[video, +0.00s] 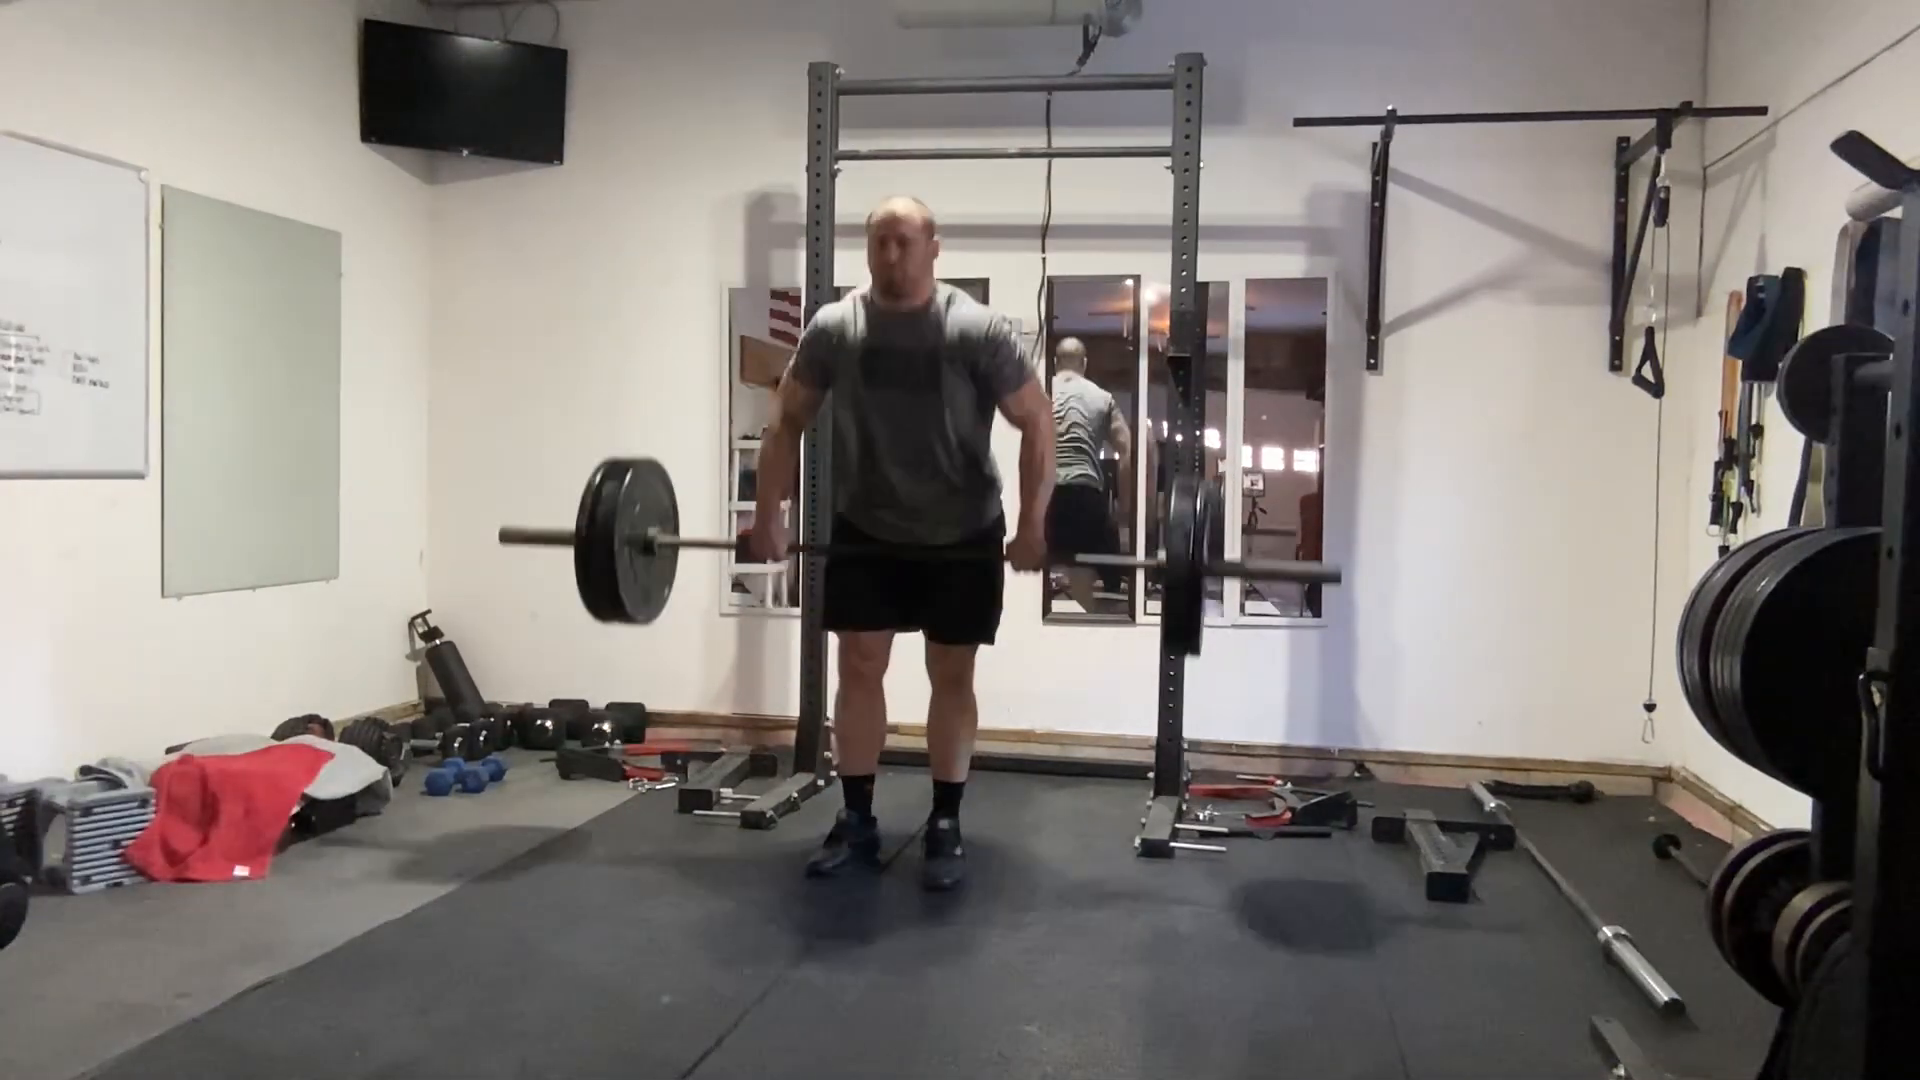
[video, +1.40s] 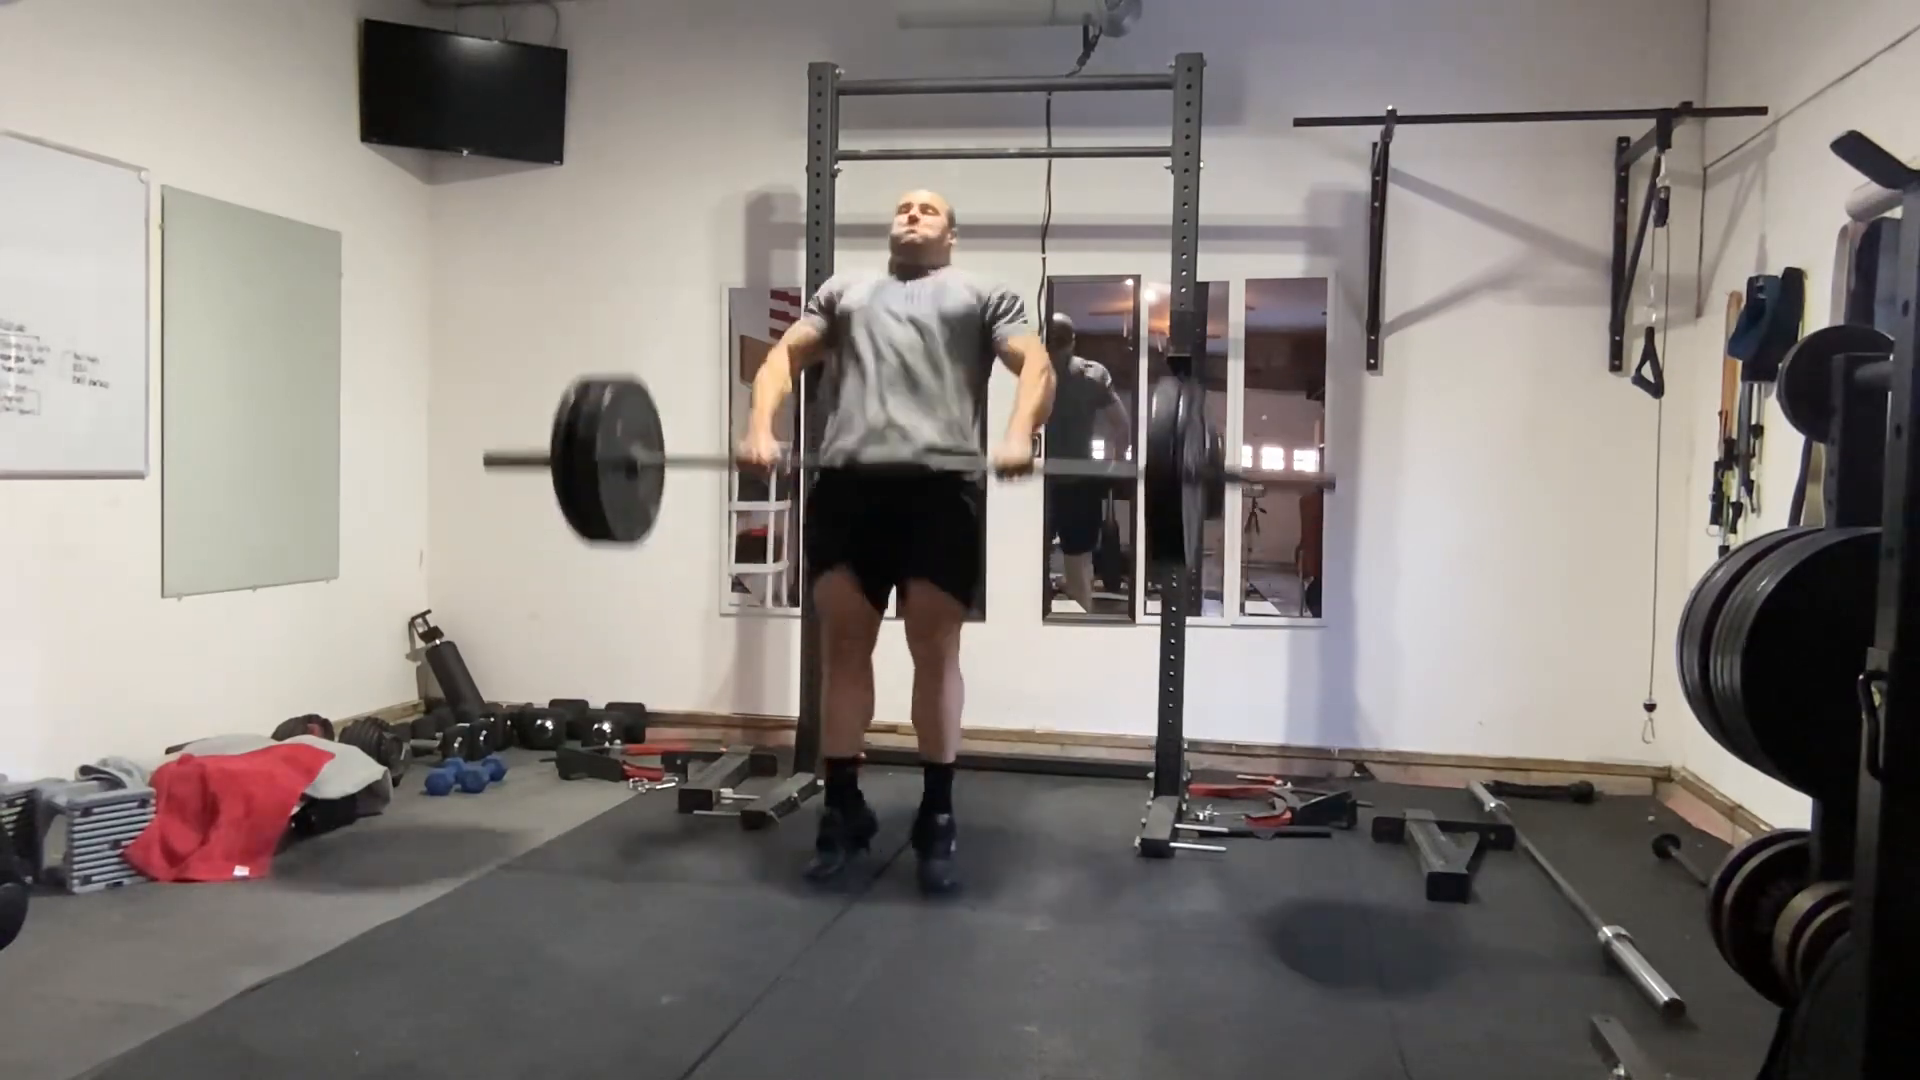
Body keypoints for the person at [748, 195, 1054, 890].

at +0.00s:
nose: (890, 254)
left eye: (902, 241)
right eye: (880, 242)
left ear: (934, 249)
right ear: (867, 252)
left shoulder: (977, 331)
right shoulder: (834, 330)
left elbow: (1038, 422)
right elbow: (787, 424)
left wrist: (1032, 525)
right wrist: (765, 517)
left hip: (959, 536)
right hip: (864, 533)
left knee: (952, 676)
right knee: (859, 668)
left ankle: (944, 830)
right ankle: (856, 826)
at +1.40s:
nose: (912, 216)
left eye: (926, 211)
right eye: (903, 211)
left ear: (950, 237)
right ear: (888, 235)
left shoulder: (979, 295)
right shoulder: (847, 292)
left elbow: (1037, 362)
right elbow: (782, 354)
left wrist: (1021, 431)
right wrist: (760, 425)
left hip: (940, 482)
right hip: (847, 480)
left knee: (934, 646)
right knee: (844, 647)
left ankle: (938, 816)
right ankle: (842, 808)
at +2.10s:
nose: (893, 254)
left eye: (908, 246)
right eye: (885, 244)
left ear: (936, 262)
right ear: (871, 258)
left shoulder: (954, 324)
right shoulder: (835, 322)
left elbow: (981, 359)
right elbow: (765, 360)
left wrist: (1007, 302)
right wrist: (770, 297)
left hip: (934, 529)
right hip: (842, 528)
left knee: (937, 684)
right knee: (824, 681)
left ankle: (934, 832)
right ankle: (857, 830)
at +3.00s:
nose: (907, 208)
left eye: (921, 206)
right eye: (896, 205)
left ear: (943, 235)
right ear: (877, 229)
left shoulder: (957, 292)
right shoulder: (835, 283)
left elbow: (1026, 263)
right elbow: (746, 271)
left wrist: (1026, 173)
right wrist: (757, 187)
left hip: (932, 488)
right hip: (845, 489)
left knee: (935, 659)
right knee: (850, 659)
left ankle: (943, 826)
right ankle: (850, 821)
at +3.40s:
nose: (870, 232)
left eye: (884, 219)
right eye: (861, 220)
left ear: (916, 223)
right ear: (848, 226)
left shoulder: (958, 278)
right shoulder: (823, 282)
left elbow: (1004, 166)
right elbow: (771, 180)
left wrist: (1023, 73)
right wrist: (760, 90)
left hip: (934, 502)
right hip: (847, 503)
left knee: (931, 670)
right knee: (859, 668)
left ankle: (937, 829)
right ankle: (859, 826)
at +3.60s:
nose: (887, 227)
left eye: (902, 218)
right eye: (877, 218)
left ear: (928, 233)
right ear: (863, 233)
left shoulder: (966, 317)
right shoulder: (822, 318)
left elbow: (1000, 418)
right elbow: (783, 410)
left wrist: (1007, 517)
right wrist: (751, 503)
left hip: (936, 531)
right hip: (842, 530)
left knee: (934, 675)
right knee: (844, 672)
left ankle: (937, 828)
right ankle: (855, 828)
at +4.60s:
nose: (909, 226)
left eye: (924, 221)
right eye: (899, 220)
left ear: (946, 244)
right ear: (884, 241)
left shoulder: (974, 295)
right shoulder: (847, 295)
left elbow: (1043, 348)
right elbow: (791, 355)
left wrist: (1022, 390)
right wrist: (758, 385)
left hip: (943, 471)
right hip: (857, 470)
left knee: (936, 633)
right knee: (842, 638)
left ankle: (939, 819)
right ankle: (848, 811)